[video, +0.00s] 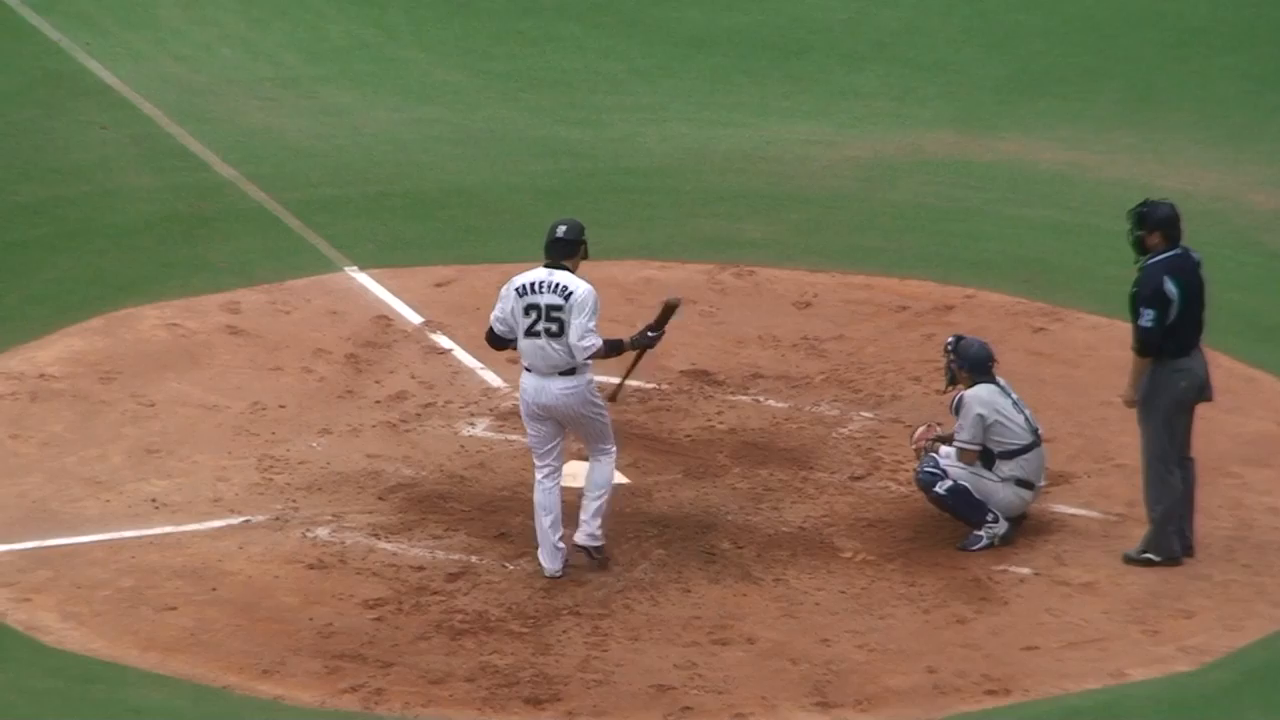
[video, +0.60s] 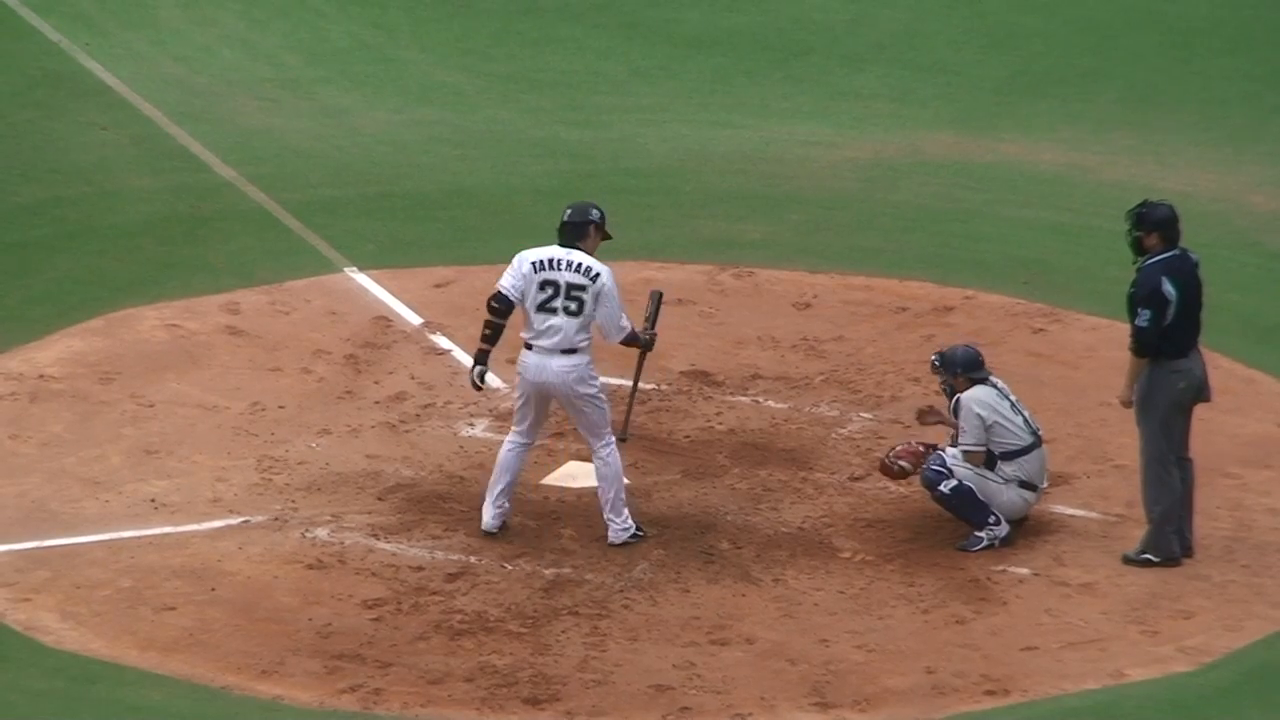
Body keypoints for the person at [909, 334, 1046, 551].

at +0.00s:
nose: (948, 366)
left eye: (952, 362)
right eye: (949, 361)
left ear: (964, 370)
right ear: (985, 366)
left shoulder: (972, 399)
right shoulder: (998, 384)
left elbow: (967, 457)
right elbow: (976, 432)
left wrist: (933, 447)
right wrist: (941, 437)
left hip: (1013, 495)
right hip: (1029, 485)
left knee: (929, 470)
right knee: (948, 451)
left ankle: (992, 524)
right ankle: (1010, 509)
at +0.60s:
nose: (943, 382)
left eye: (946, 376)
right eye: (942, 376)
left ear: (961, 378)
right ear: (977, 372)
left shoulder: (969, 400)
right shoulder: (993, 384)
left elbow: (975, 458)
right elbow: (985, 433)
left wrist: (938, 452)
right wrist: (944, 419)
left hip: (1015, 497)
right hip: (1030, 489)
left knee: (934, 469)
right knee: (950, 452)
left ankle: (993, 527)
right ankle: (1010, 511)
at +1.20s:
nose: (932, 393)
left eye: (933, 387)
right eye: (930, 388)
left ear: (947, 384)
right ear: (964, 375)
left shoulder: (961, 401)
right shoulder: (985, 382)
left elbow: (973, 459)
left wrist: (933, 453)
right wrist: (944, 422)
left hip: (1016, 495)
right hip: (1033, 484)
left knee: (931, 471)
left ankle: (994, 527)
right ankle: (1012, 511)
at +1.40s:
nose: (929, 393)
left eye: (930, 387)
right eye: (927, 388)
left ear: (944, 384)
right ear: (959, 374)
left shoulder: (958, 402)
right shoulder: (981, 379)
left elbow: (971, 461)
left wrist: (933, 455)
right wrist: (932, 452)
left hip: (1017, 493)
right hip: (1036, 480)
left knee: (929, 474)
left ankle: (994, 526)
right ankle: (1015, 509)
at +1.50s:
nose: (926, 393)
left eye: (927, 387)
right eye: (924, 388)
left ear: (941, 385)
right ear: (957, 374)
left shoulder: (954, 404)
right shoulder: (979, 379)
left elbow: (967, 461)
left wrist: (931, 455)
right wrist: (933, 453)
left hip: (1016, 493)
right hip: (1037, 477)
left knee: (926, 476)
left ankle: (992, 525)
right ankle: (1015, 508)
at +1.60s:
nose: (923, 392)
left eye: (924, 387)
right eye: (920, 387)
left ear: (938, 386)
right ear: (955, 373)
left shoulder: (949, 407)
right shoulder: (979, 379)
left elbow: (964, 463)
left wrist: (929, 456)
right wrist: (930, 453)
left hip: (1014, 493)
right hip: (1038, 476)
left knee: (923, 477)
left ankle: (991, 524)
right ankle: (1014, 509)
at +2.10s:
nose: (916, 391)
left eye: (919, 386)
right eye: (914, 386)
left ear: (933, 388)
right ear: (952, 376)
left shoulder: (940, 412)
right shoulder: (979, 383)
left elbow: (956, 468)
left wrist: (927, 457)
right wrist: (926, 452)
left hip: (1008, 496)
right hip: (1035, 478)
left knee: (917, 481)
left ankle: (987, 525)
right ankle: (1006, 511)